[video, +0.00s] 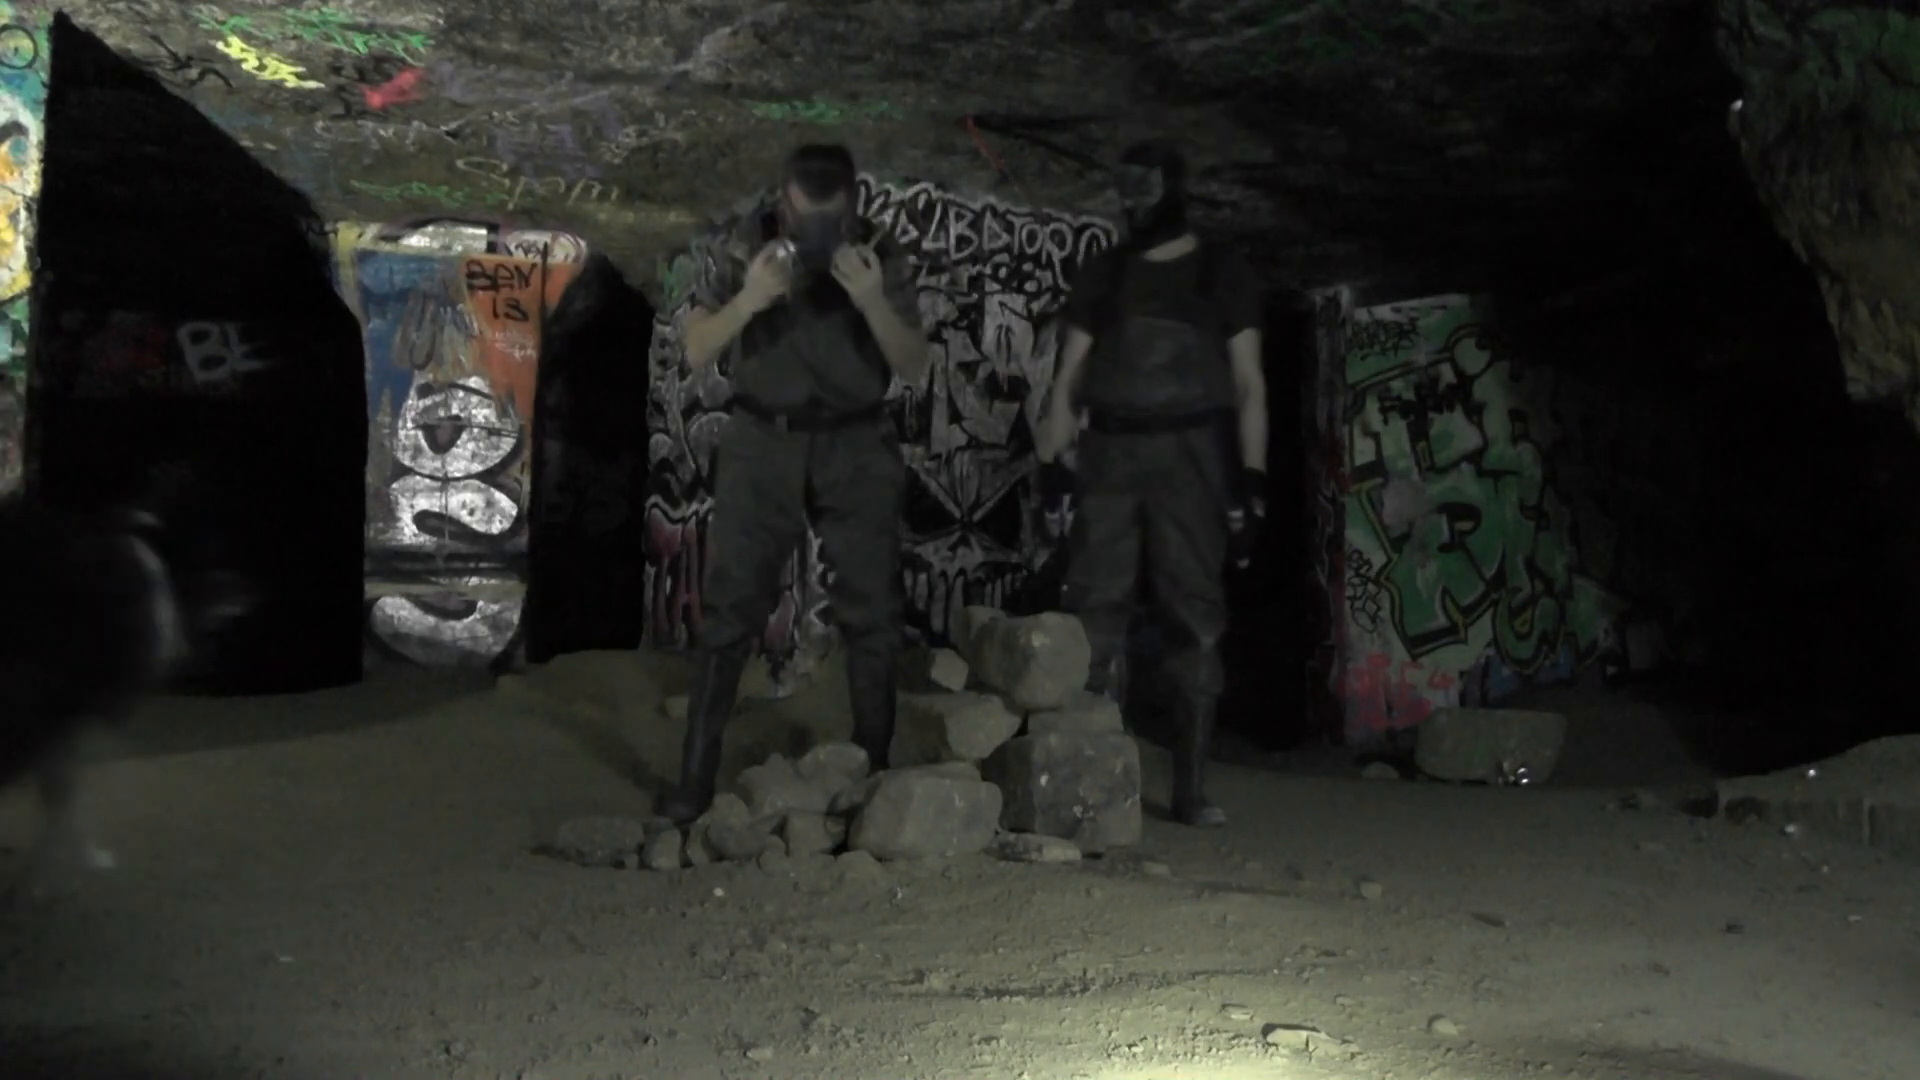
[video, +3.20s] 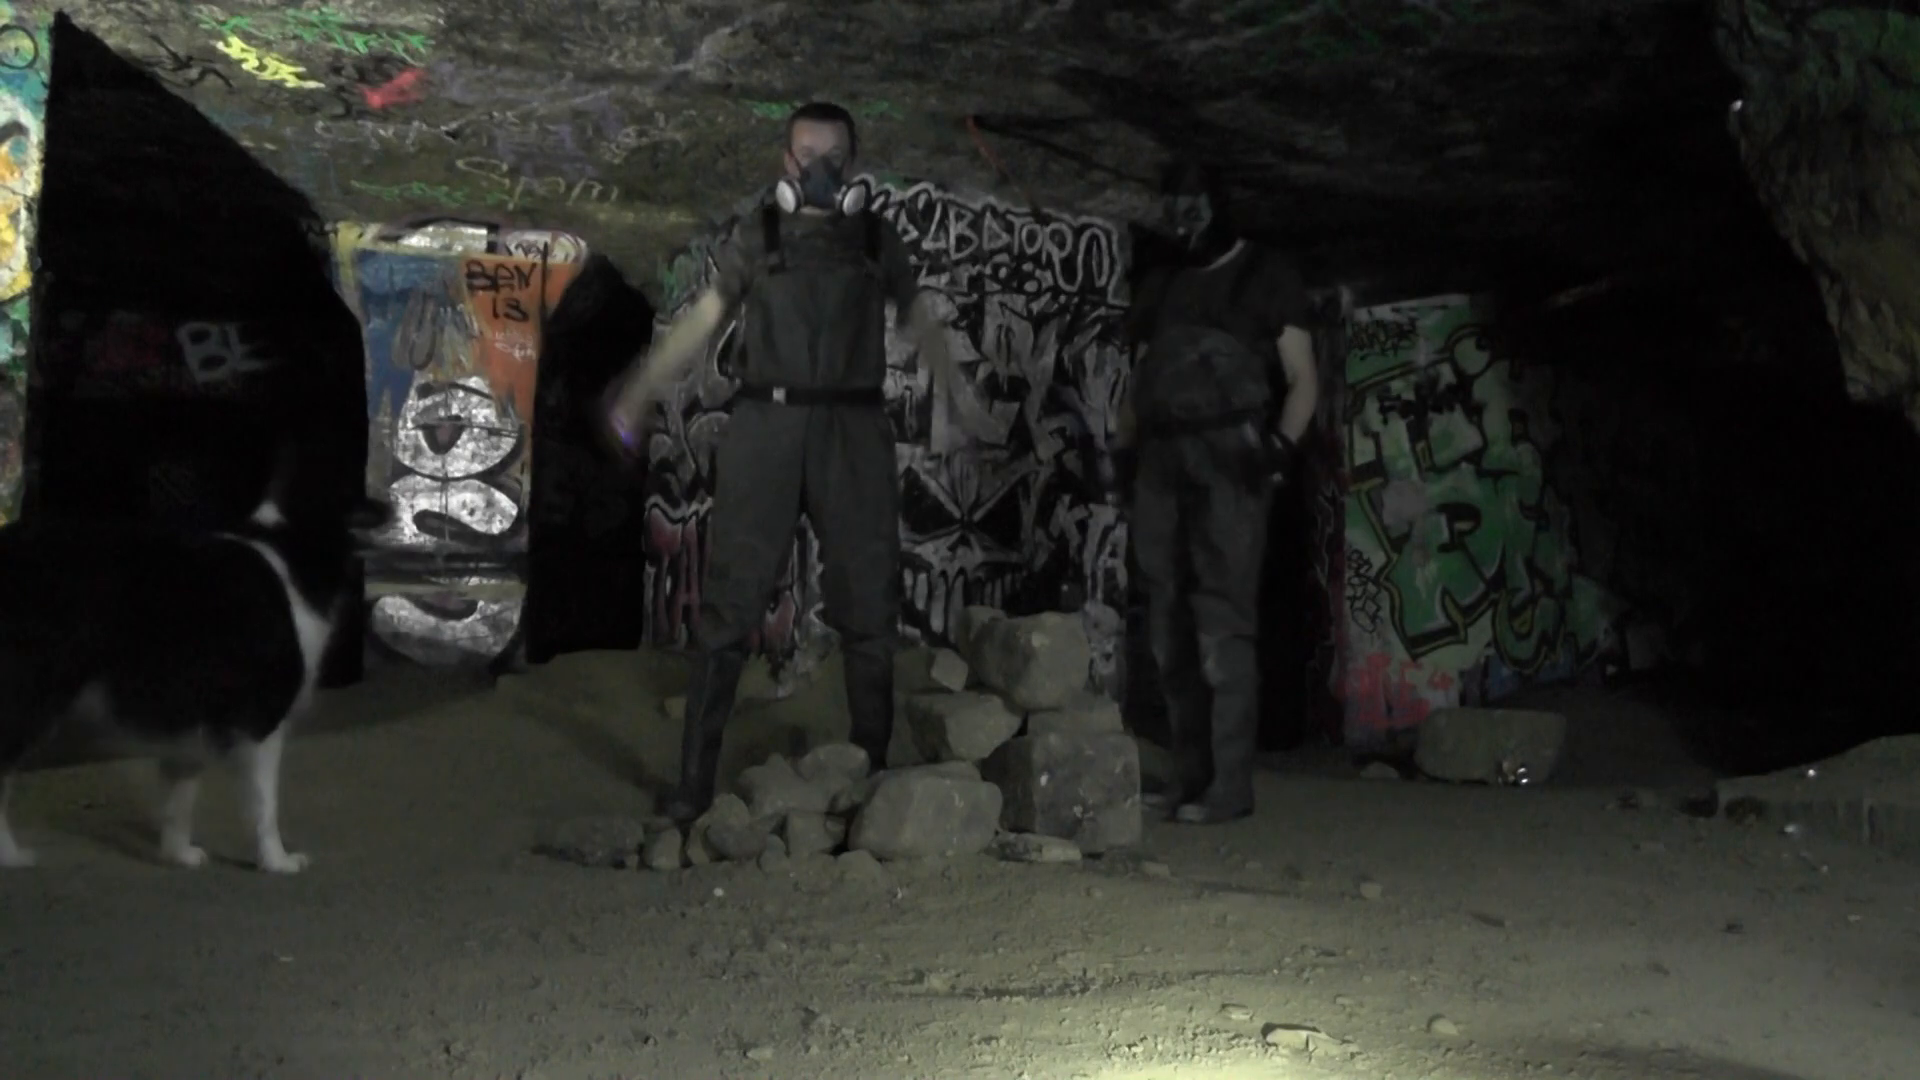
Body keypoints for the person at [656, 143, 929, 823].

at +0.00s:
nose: (817, 229)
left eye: (831, 217)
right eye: (805, 215)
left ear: (853, 204)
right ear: (783, 199)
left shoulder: (877, 253)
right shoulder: (741, 245)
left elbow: (912, 364)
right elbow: (697, 349)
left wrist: (872, 299)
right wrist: (749, 300)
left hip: (856, 453)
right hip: (758, 450)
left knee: (870, 617)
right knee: (729, 615)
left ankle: (873, 781)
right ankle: (694, 787)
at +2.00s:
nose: (812, 202)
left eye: (826, 188)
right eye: (800, 188)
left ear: (847, 177)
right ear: (780, 174)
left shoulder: (871, 239)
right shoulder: (743, 238)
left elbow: (906, 345)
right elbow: (705, 335)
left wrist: (855, 319)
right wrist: (762, 309)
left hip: (849, 444)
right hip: (759, 442)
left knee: (864, 612)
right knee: (731, 608)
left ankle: (875, 778)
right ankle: (695, 783)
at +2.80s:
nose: (815, 183)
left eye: (829, 170)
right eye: (804, 167)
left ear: (851, 168)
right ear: (784, 160)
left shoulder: (875, 239)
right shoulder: (744, 235)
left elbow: (916, 350)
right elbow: (699, 341)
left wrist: (881, 275)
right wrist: (744, 290)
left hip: (854, 441)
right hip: (763, 439)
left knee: (868, 613)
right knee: (732, 608)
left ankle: (874, 780)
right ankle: (695, 788)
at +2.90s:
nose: (815, 180)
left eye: (828, 169)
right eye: (804, 166)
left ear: (849, 167)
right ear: (785, 160)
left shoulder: (876, 240)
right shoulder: (750, 236)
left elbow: (918, 341)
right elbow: (709, 335)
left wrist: (930, 429)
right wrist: (694, 431)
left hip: (854, 442)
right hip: (762, 440)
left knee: (869, 613)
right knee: (731, 607)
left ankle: (873, 777)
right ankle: (694, 785)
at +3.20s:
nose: (820, 173)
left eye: (834, 161)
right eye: (808, 158)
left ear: (854, 164)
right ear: (785, 156)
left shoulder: (877, 236)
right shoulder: (754, 229)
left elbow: (925, 326)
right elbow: (701, 321)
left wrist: (959, 404)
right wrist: (639, 393)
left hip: (855, 441)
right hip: (764, 439)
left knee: (867, 612)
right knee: (733, 608)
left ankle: (873, 776)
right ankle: (694, 785)